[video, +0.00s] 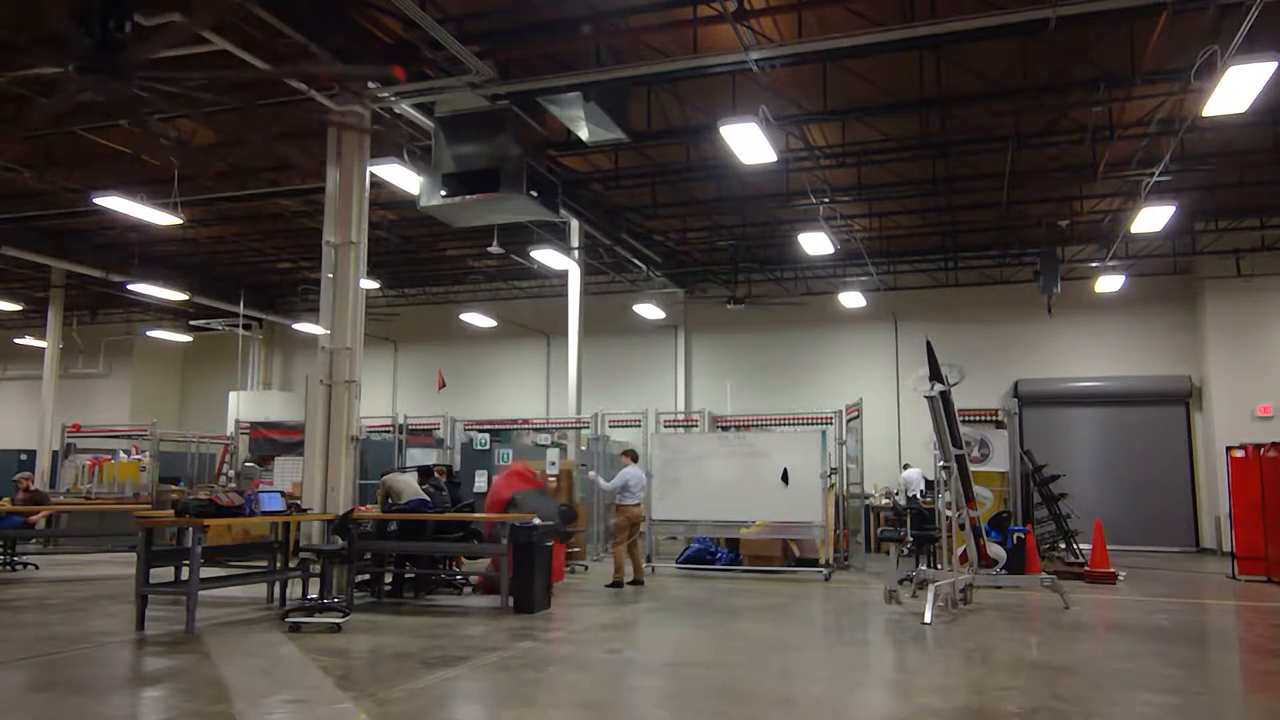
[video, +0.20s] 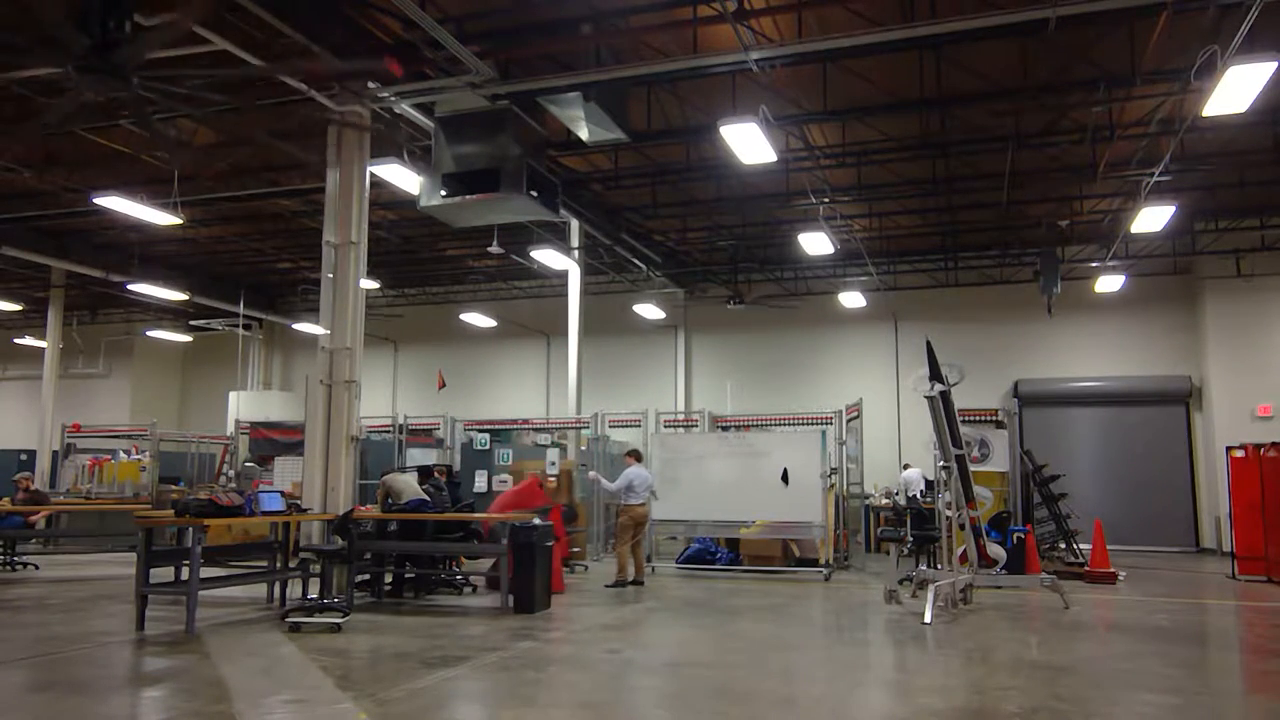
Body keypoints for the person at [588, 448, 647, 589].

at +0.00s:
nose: (621, 460)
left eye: (622, 458)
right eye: (621, 458)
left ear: (629, 458)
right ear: (633, 459)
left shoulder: (626, 472)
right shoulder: (641, 473)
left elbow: (609, 487)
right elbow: (640, 491)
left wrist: (595, 478)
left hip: (624, 508)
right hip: (637, 507)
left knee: (619, 544)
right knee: (633, 544)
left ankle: (618, 579)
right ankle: (638, 577)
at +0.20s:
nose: (626, 461)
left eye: (627, 458)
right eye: (626, 459)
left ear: (632, 458)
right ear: (638, 459)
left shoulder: (629, 472)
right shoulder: (646, 473)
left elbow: (613, 488)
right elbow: (651, 488)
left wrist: (598, 478)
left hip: (629, 508)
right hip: (643, 507)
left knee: (622, 544)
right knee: (637, 544)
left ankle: (621, 578)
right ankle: (639, 577)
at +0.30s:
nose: (628, 461)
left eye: (629, 459)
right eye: (628, 459)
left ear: (633, 459)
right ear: (640, 459)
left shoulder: (631, 472)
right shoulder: (648, 472)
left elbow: (615, 488)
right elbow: (656, 487)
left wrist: (599, 477)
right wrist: (662, 495)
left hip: (631, 508)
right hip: (644, 507)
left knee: (624, 544)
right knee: (638, 544)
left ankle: (623, 578)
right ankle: (639, 577)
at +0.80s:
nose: (631, 462)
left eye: (632, 460)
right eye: (631, 460)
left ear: (636, 460)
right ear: (644, 460)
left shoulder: (635, 472)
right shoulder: (653, 472)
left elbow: (628, 490)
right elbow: (667, 488)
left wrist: (611, 485)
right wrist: (683, 489)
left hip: (636, 508)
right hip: (649, 508)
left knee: (634, 544)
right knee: (644, 544)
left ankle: (642, 575)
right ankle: (641, 574)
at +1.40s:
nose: (634, 462)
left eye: (634, 460)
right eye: (635, 460)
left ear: (635, 460)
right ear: (646, 459)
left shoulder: (633, 474)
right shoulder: (654, 470)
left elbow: (624, 495)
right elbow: (672, 483)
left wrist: (606, 491)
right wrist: (689, 475)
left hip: (642, 508)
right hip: (657, 506)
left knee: (646, 545)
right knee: (658, 544)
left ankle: (646, 578)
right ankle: (660, 578)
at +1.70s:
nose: (652, 460)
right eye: (652, 458)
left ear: (640, 459)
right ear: (653, 459)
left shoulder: (634, 474)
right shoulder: (655, 470)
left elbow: (629, 496)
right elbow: (671, 483)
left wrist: (620, 494)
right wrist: (687, 475)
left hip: (644, 508)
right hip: (659, 506)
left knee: (648, 545)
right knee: (667, 545)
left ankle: (646, 580)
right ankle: (669, 579)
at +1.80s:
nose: (656, 461)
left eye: (656, 459)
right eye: (656, 459)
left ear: (643, 459)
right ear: (654, 459)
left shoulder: (636, 475)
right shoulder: (655, 470)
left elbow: (631, 498)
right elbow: (670, 483)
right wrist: (685, 473)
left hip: (646, 508)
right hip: (661, 507)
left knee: (649, 545)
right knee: (668, 545)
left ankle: (646, 579)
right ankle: (668, 579)